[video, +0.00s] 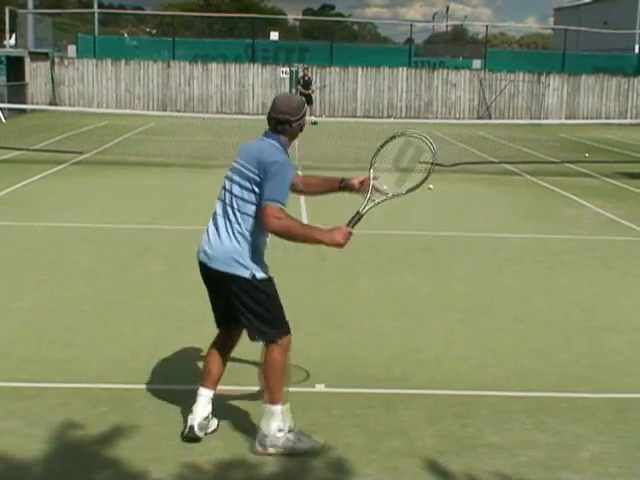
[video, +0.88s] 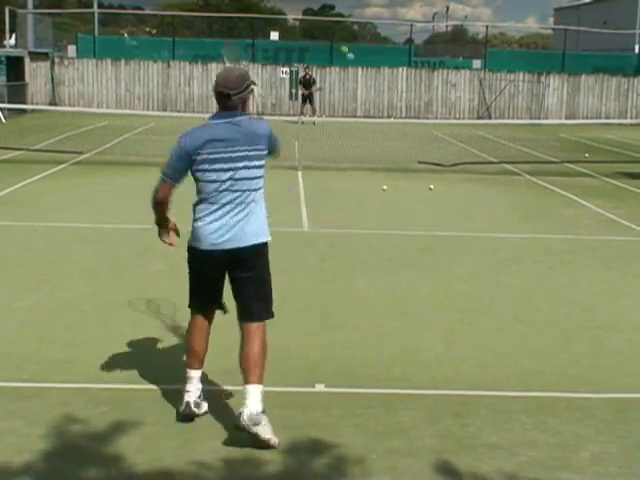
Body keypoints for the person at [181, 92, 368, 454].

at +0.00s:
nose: (305, 127)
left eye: (304, 122)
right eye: (305, 122)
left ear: (270, 121)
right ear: (298, 126)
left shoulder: (253, 149)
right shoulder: (277, 161)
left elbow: (298, 183)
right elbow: (272, 220)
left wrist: (345, 184)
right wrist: (325, 236)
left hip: (211, 257)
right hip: (240, 264)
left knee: (229, 330)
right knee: (279, 338)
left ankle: (199, 414)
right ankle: (275, 428)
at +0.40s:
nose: (304, 139)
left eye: (302, 132)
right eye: (303, 133)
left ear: (270, 132)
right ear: (299, 138)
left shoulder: (257, 158)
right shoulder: (268, 167)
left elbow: (287, 183)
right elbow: (253, 212)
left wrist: (315, 194)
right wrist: (299, 219)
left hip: (202, 258)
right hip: (225, 269)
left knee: (220, 327)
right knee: (265, 342)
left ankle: (191, 397)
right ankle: (243, 432)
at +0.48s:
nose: (299, 137)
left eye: (298, 132)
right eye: (298, 133)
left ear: (267, 130)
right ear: (293, 136)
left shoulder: (254, 157)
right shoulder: (262, 164)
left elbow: (257, 215)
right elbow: (262, 217)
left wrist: (297, 228)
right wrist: (305, 228)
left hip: (201, 257)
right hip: (223, 266)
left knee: (224, 321)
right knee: (260, 341)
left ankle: (190, 395)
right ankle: (242, 431)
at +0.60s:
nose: (286, 126)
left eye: (285, 120)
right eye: (286, 121)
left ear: (253, 118)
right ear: (280, 123)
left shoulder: (228, 145)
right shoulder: (258, 158)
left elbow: (194, 172)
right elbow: (290, 215)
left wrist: (184, 201)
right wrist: (341, 231)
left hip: (197, 252)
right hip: (226, 261)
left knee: (219, 315)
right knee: (253, 335)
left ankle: (190, 392)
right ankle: (243, 428)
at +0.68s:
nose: (275, 115)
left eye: (275, 109)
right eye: (275, 110)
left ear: (242, 106)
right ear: (265, 110)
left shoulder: (208, 137)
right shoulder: (263, 148)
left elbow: (168, 169)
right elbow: (297, 200)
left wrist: (157, 206)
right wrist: (345, 207)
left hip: (196, 247)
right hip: (232, 255)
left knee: (208, 312)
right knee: (245, 331)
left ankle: (188, 393)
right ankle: (246, 423)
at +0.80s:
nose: (258, 102)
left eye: (257, 96)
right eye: (257, 97)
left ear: (224, 98)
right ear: (249, 99)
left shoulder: (194, 134)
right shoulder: (260, 133)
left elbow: (156, 184)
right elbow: (287, 168)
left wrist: (157, 217)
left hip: (204, 245)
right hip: (245, 247)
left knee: (201, 315)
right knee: (248, 326)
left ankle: (191, 392)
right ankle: (245, 415)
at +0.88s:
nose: (250, 100)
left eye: (246, 94)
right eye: (249, 95)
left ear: (216, 98)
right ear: (245, 98)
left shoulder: (194, 138)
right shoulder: (261, 130)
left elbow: (162, 194)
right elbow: (273, 148)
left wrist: (163, 220)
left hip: (207, 243)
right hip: (251, 242)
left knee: (202, 312)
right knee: (254, 322)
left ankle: (192, 394)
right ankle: (252, 411)